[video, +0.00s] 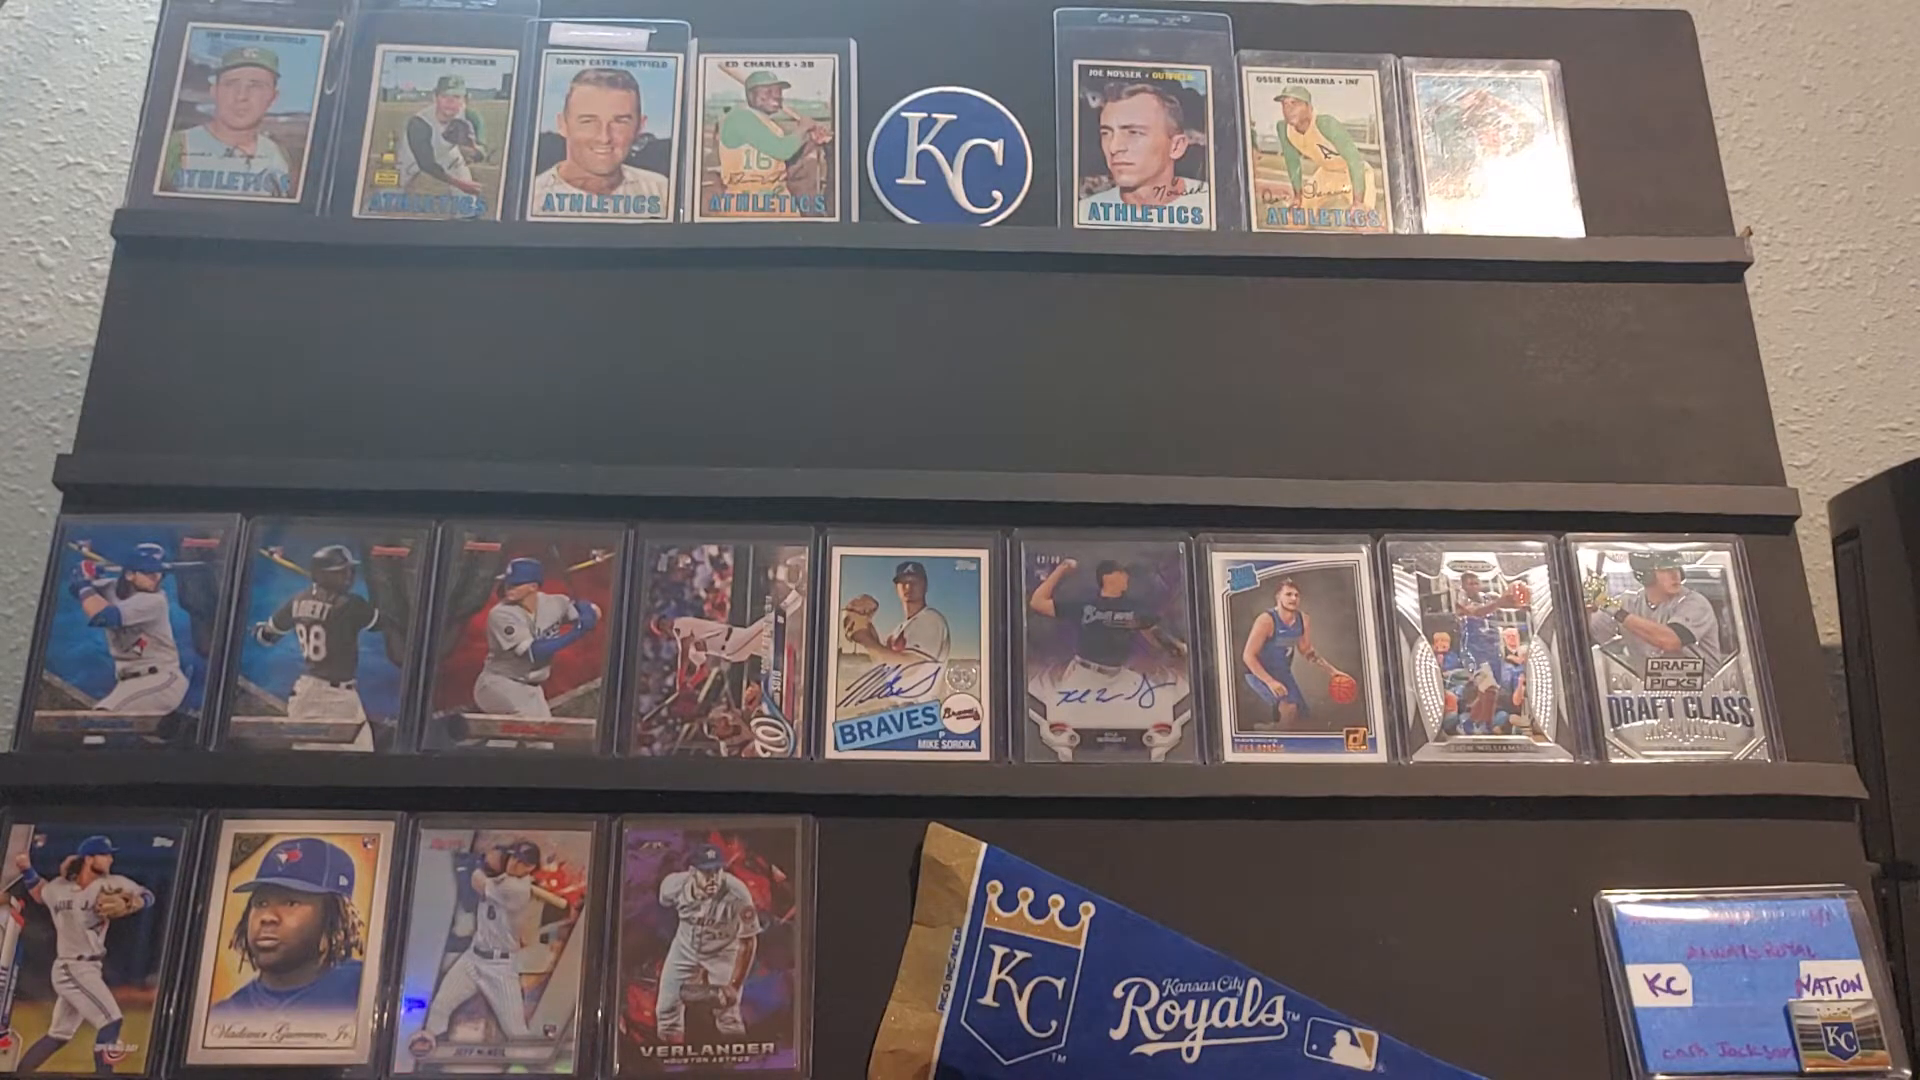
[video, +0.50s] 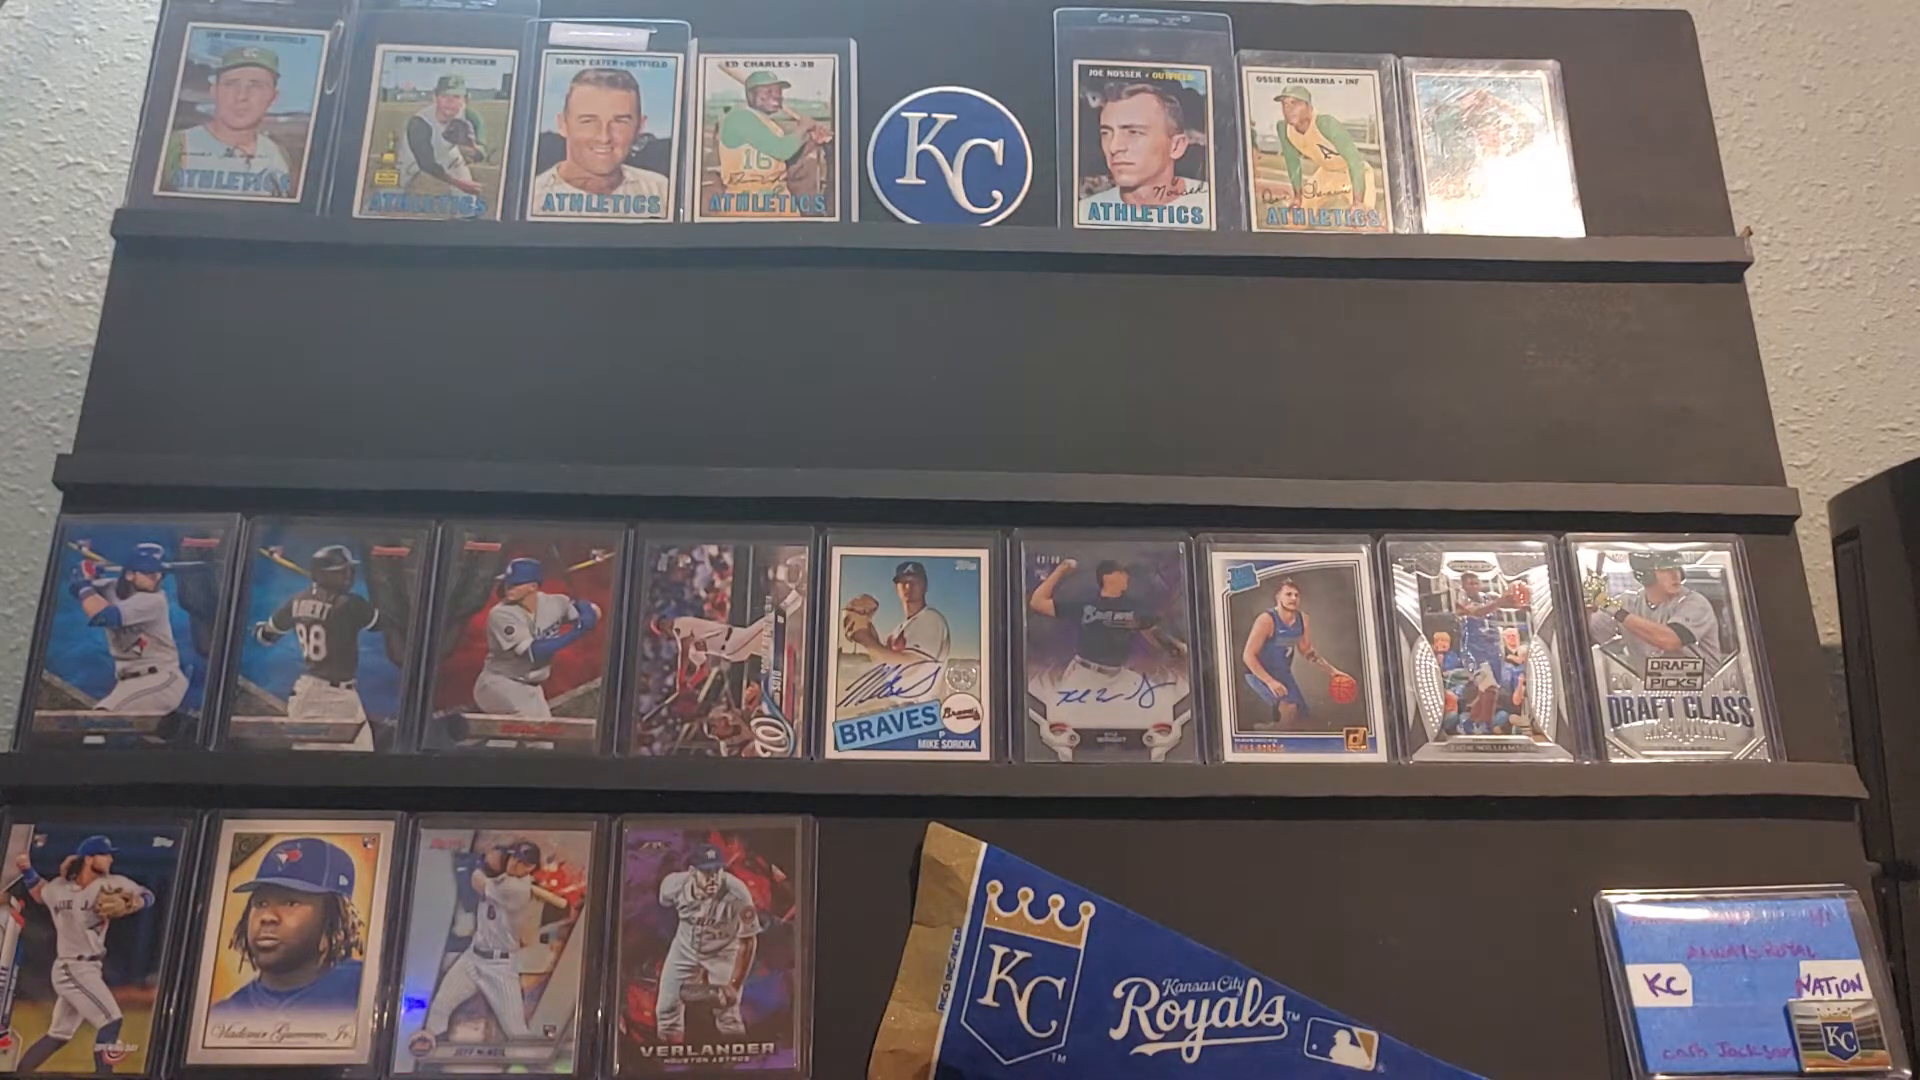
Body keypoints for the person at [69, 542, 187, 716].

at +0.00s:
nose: (156, 577)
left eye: (159, 572)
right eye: (149, 572)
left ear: (162, 573)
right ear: (130, 574)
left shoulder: (155, 600)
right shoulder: (113, 587)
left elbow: (104, 617)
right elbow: (78, 589)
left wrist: (83, 586)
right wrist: (86, 573)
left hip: (163, 679)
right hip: (130, 682)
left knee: (100, 718)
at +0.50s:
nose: (157, 577)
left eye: (158, 572)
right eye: (149, 572)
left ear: (162, 573)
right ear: (130, 575)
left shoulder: (154, 600)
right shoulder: (113, 587)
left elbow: (105, 617)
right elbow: (79, 588)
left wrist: (83, 586)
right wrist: (87, 574)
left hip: (163, 679)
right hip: (130, 682)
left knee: (100, 717)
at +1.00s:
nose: (156, 577)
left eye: (159, 572)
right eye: (148, 572)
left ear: (162, 572)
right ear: (130, 574)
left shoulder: (154, 600)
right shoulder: (113, 588)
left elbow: (104, 617)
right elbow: (79, 588)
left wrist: (82, 585)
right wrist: (88, 573)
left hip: (163, 679)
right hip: (129, 682)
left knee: (100, 717)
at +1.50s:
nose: (156, 576)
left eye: (158, 571)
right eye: (148, 571)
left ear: (162, 572)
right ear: (130, 574)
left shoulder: (154, 600)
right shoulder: (113, 587)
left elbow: (104, 617)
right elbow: (79, 588)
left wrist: (82, 585)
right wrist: (88, 574)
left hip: (163, 679)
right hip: (129, 682)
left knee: (100, 717)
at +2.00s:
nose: (156, 577)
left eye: (158, 571)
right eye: (148, 572)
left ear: (162, 573)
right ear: (130, 574)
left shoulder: (154, 600)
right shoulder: (113, 587)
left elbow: (104, 617)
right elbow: (79, 588)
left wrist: (83, 585)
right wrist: (88, 573)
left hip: (163, 679)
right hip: (129, 682)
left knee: (99, 717)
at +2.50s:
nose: (156, 577)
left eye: (158, 572)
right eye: (148, 572)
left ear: (162, 573)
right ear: (130, 575)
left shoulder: (155, 601)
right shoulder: (114, 588)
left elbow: (105, 617)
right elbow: (79, 588)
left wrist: (83, 586)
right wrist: (88, 573)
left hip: (163, 680)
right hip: (130, 681)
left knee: (99, 717)